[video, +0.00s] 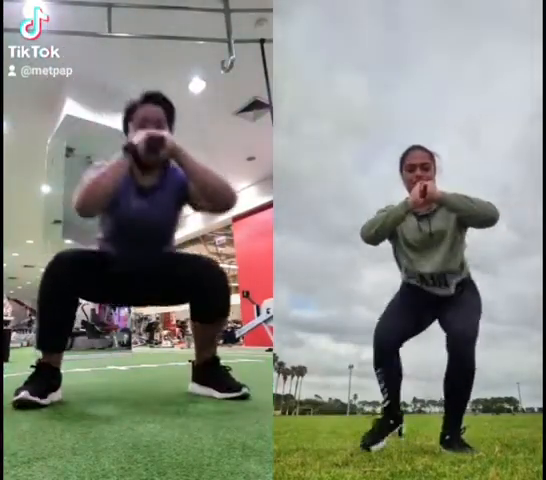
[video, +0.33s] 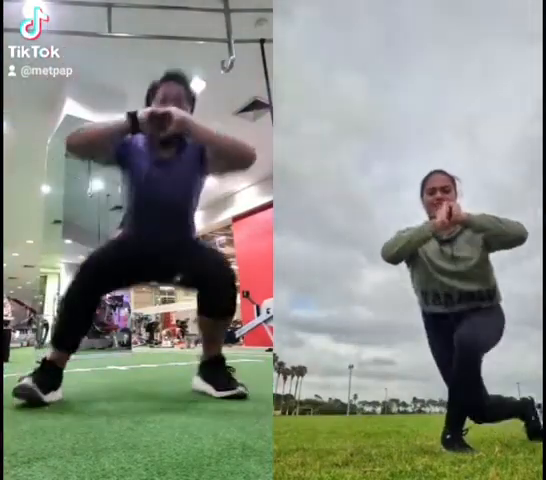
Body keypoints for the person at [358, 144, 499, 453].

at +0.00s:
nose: (419, 175)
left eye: (425, 168)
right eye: (412, 170)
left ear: (435, 172)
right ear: (402, 176)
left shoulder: (452, 207)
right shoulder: (396, 214)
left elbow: (491, 215)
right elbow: (368, 235)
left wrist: (440, 198)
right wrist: (408, 205)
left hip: (458, 294)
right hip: (416, 295)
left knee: (462, 346)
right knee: (384, 339)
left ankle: (451, 434)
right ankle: (391, 415)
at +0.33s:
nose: (438, 197)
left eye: (445, 191)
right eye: (431, 193)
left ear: (456, 196)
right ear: (423, 201)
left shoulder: (476, 232)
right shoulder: (416, 237)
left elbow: (519, 234)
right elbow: (389, 254)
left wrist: (467, 220)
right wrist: (434, 226)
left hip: (482, 315)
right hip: (439, 323)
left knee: (466, 342)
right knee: (478, 410)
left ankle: (452, 434)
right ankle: (526, 408)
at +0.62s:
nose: (445, 230)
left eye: (452, 224)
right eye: (437, 225)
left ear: (462, 230)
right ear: (429, 235)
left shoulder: (479, 265)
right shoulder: (421, 273)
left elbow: (524, 277)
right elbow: (398, 303)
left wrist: (467, 258)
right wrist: (441, 270)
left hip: (502, 345)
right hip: (457, 355)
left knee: (480, 349)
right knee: (502, 437)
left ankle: (455, 434)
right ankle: (536, 414)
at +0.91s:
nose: (433, 185)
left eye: (440, 178)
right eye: (425, 180)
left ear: (450, 183)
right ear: (416, 187)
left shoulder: (468, 221)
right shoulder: (409, 224)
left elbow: (513, 232)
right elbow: (386, 246)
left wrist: (463, 215)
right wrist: (431, 220)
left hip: (476, 306)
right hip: (434, 313)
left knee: (471, 342)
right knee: (448, 398)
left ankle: (454, 433)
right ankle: (502, 403)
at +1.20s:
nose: (415, 180)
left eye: (421, 174)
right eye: (408, 175)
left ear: (432, 178)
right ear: (398, 183)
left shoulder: (451, 214)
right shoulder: (393, 219)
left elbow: (485, 231)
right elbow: (361, 245)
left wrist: (437, 210)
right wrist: (406, 215)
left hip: (452, 303)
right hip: (406, 300)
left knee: (467, 344)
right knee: (371, 344)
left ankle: (452, 435)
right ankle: (353, 435)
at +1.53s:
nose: (394, 231)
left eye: (402, 225)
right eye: (387, 225)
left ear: (411, 232)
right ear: (377, 233)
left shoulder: (426, 267)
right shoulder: (364, 270)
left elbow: (465, 295)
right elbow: (330, 299)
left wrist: (413, 265)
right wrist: (382, 268)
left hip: (420, 354)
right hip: (376, 355)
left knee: (454, 343)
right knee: (341, 346)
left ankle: (451, 436)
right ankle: (349, 440)